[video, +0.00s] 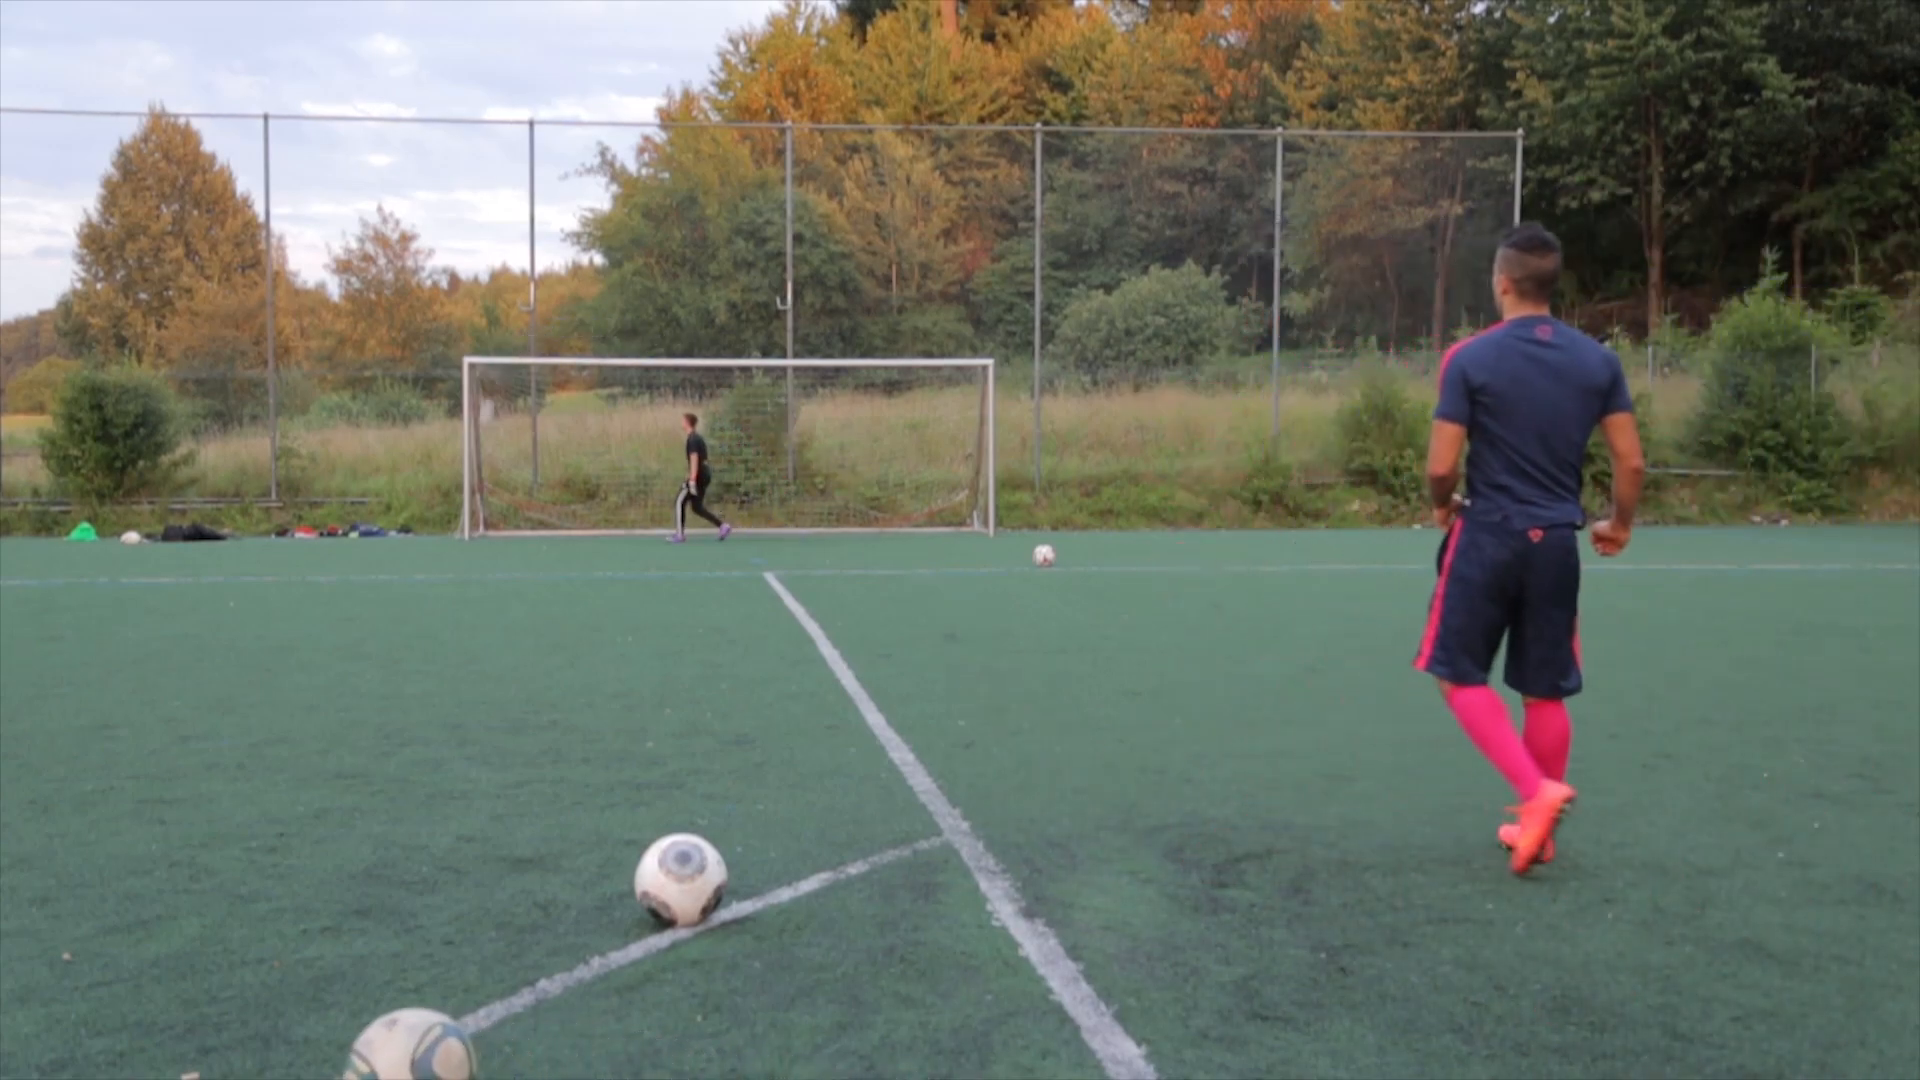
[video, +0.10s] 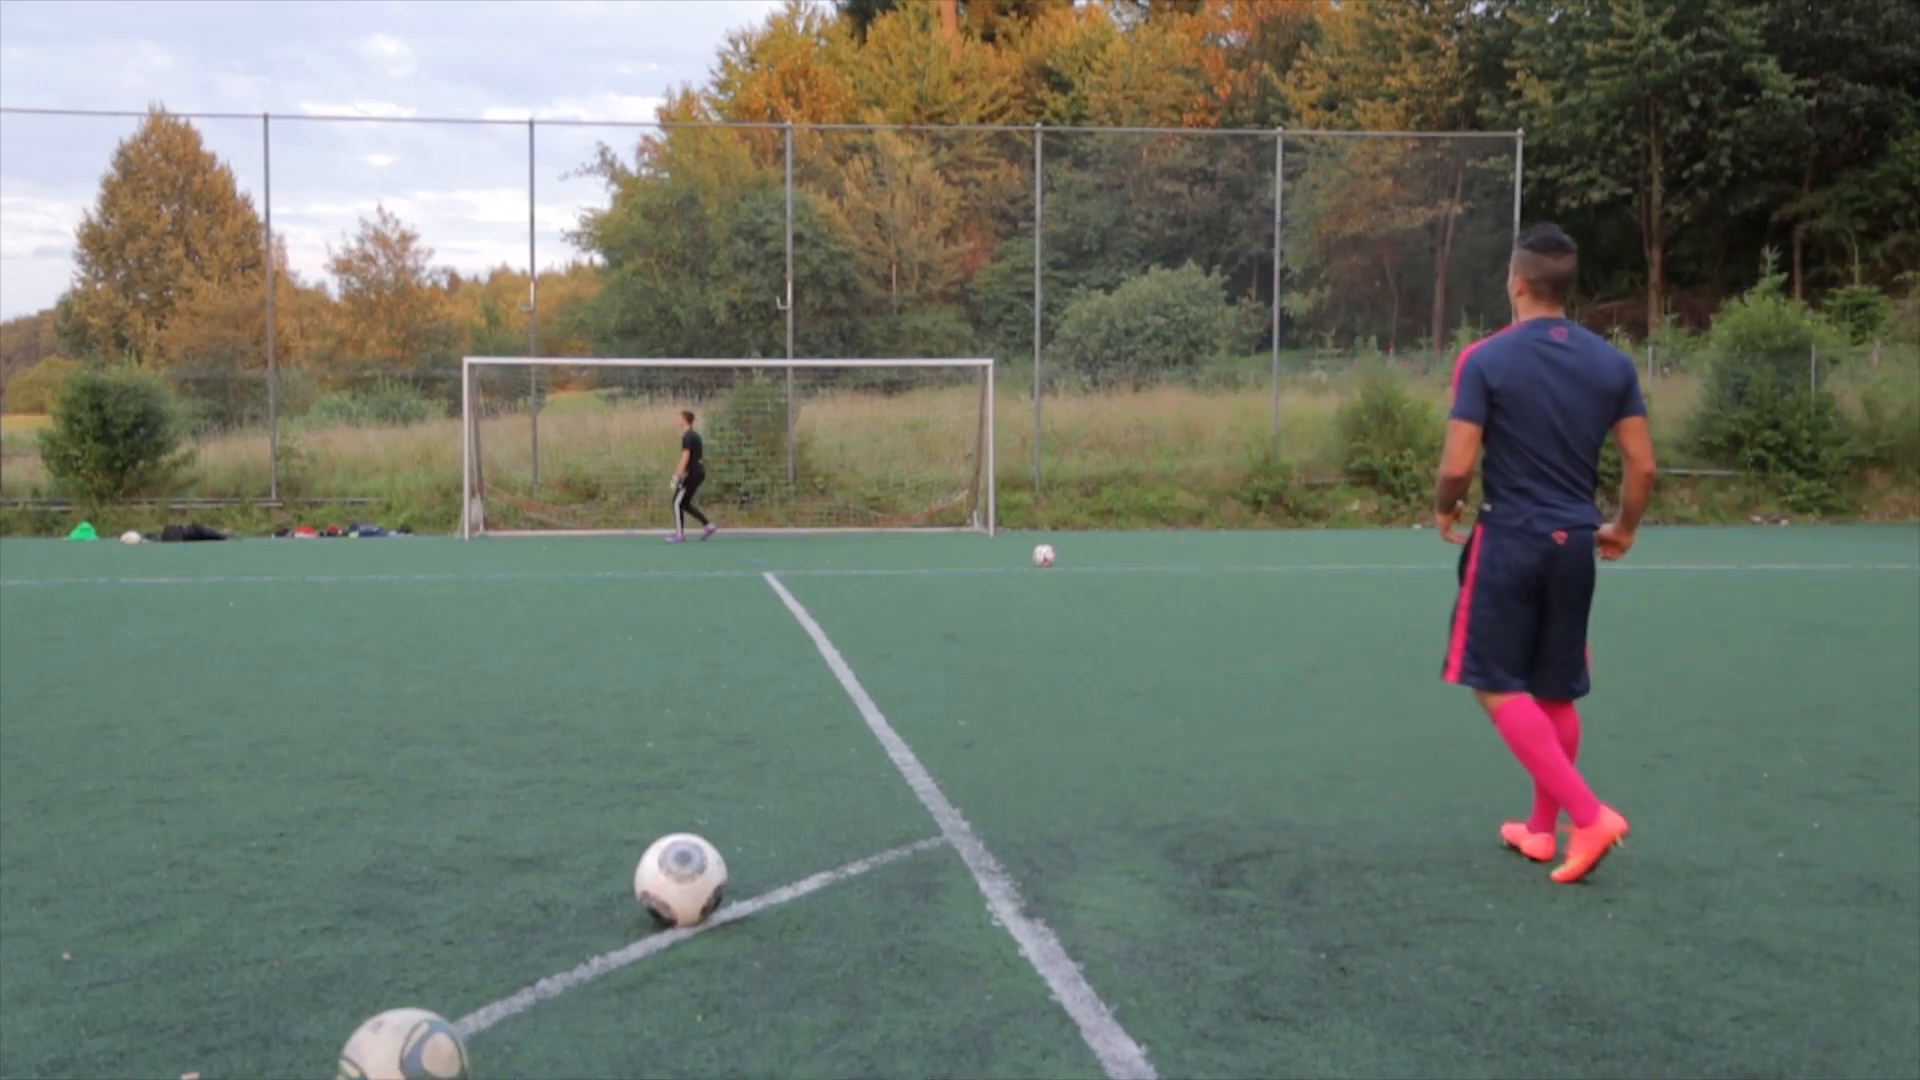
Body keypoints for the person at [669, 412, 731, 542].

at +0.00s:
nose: (682, 424)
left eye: (684, 421)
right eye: (683, 421)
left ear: (688, 423)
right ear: (693, 423)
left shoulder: (692, 439)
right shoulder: (697, 438)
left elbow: (694, 461)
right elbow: (700, 459)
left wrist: (692, 480)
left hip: (697, 475)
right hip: (703, 474)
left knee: (680, 501)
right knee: (697, 506)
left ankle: (679, 534)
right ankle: (721, 526)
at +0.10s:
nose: (680, 422)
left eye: (681, 419)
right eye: (680, 419)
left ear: (685, 420)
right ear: (690, 420)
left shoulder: (688, 437)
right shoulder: (695, 436)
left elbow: (685, 457)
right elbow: (693, 457)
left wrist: (677, 475)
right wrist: (683, 473)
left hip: (692, 471)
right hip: (698, 470)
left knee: (677, 501)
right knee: (685, 503)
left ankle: (679, 533)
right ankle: (708, 525)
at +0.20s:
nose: (677, 421)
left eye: (678, 418)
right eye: (677, 418)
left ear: (683, 419)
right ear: (687, 419)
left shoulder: (687, 435)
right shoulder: (692, 434)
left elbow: (680, 455)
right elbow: (689, 455)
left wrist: (662, 469)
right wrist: (679, 468)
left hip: (688, 468)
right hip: (692, 467)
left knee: (676, 500)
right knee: (678, 499)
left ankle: (679, 533)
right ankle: (691, 528)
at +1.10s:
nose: (671, 417)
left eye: (673, 414)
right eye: (669, 414)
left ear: (678, 416)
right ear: (667, 416)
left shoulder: (683, 433)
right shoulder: (671, 433)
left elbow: (686, 455)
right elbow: (674, 454)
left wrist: (679, 472)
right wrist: (673, 470)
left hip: (681, 470)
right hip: (674, 469)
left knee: (676, 500)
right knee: (674, 500)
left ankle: (681, 533)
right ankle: (680, 532)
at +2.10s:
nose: (675, 419)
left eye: (677, 416)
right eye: (673, 416)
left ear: (681, 417)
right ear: (670, 417)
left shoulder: (684, 434)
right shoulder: (675, 434)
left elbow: (680, 456)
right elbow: (675, 456)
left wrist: (673, 472)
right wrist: (669, 470)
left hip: (680, 473)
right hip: (675, 473)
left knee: (670, 500)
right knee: (669, 500)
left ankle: (679, 528)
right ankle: (679, 528)